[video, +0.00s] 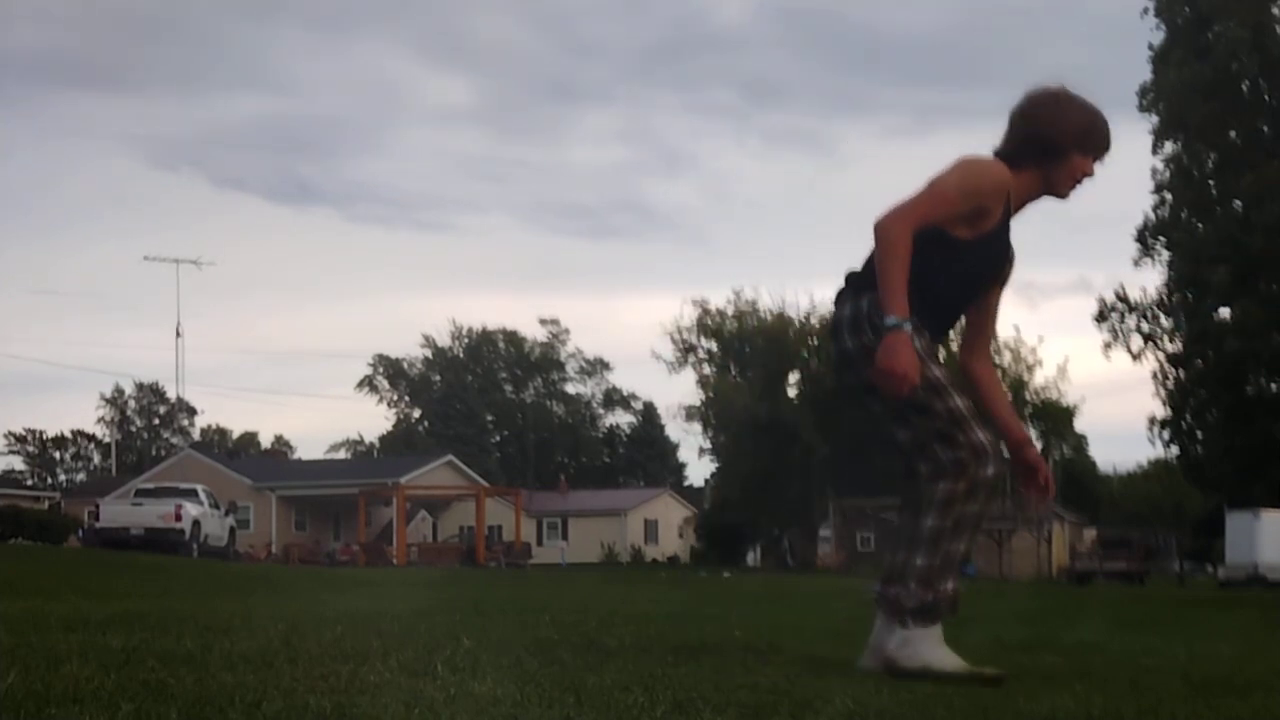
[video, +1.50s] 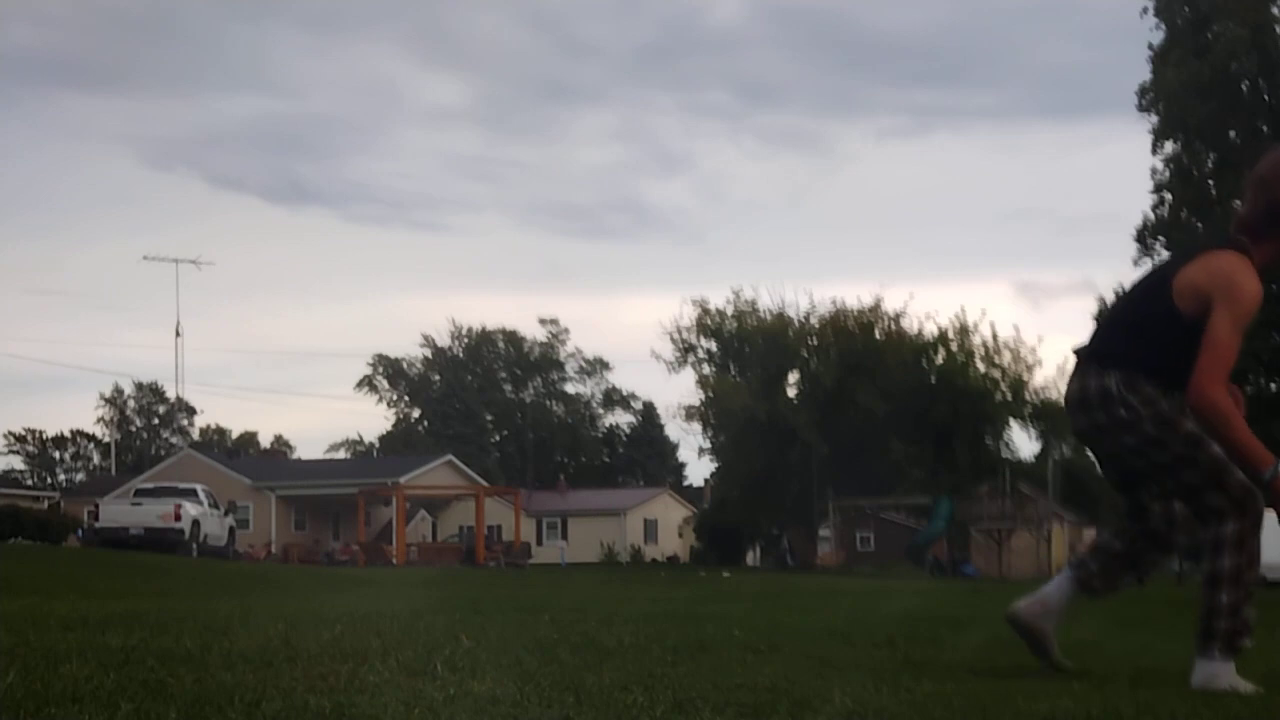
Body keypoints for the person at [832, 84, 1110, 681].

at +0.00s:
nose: (1092, 170)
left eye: (1096, 159)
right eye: (1088, 155)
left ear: (1059, 155)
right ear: (1053, 145)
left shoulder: (999, 252)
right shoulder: (986, 177)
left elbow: (976, 354)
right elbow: (893, 225)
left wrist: (1020, 441)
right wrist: (896, 328)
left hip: (902, 336)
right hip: (876, 322)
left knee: (963, 461)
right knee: (968, 455)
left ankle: (897, 627)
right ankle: (912, 629)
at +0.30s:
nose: (1166, 254)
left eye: (1166, 240)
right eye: (1158, 238)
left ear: (1131, 245)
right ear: (1120, 237)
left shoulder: (1088, 356)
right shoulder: (1042, 285)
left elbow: (1050, 458)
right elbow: (990, 362)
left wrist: (1071, 581)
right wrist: (1057, 462)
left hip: (969, 458)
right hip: (915, 433)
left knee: (1012, 616)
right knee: (1053, 477)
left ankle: (904, 653)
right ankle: (1051, 667)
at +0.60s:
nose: (1233, 277)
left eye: (1233, 264)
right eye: (1225, 262)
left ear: (1188, 261)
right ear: (1185, 259)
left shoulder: (1151, 362)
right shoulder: (1089, 303)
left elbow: (1088, 459)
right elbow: (1120, 423)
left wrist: (1107, 567)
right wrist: (1217, 520)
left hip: (1024, 480)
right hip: (959, 452)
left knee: (1020, 656)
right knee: (1074, 459)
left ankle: (926, 648)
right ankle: (1054, 670)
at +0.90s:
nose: (1257, 298)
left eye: (1260, 287)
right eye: (1255, 285)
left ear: (1189, 263)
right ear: (1227, 281)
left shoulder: (1146, 301)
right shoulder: (1168, 320)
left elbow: (1048, 357)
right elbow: (1150, 430)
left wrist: (1105, 412)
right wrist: (1161, 549)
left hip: (988, 377)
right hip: (984, 376)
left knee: (1071, 510)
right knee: (1071, 504)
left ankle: (998, 651)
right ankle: (1060, 668)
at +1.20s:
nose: (1275, 259)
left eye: (1277, 247)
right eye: (1273, 245)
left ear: (1214, 224)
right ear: (1246, 241)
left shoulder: (1156, 256)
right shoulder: (1183, 266)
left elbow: (1105, 355)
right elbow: (1125, 352)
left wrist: (1166, 394)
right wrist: (1190, 431)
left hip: (1014, 355)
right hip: (1048, 353)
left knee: (1074, 511)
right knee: (1149, 472)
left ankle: (997, 644)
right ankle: (1103, 625)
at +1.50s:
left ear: (1247, 219)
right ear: (1272, 233)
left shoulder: (1215, 264)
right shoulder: (1239, 277)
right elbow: (1207, 392)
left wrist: (1224, 392)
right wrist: (1267, 470)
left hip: (1095, 391)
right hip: (1124, 393)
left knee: (1159, 519)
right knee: (1236, 503)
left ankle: (1043, 605)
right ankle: (1216, 664)